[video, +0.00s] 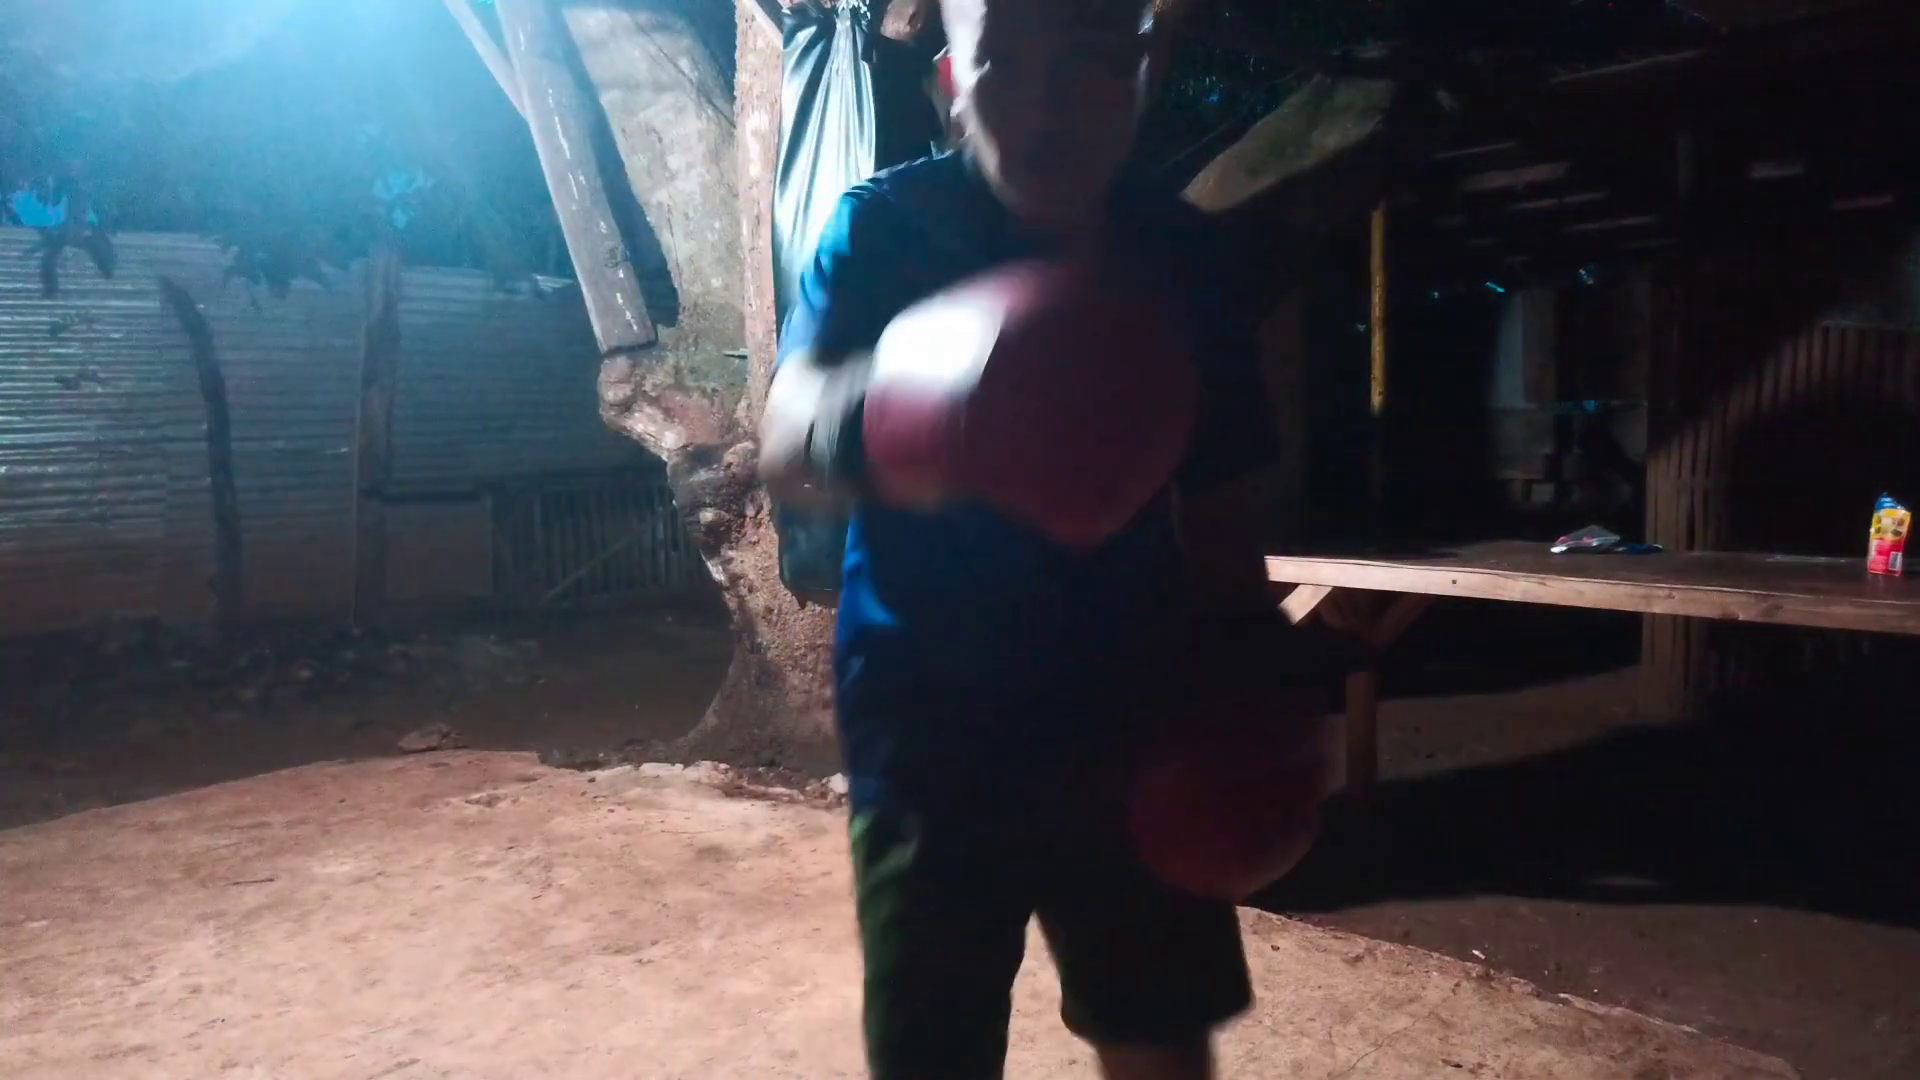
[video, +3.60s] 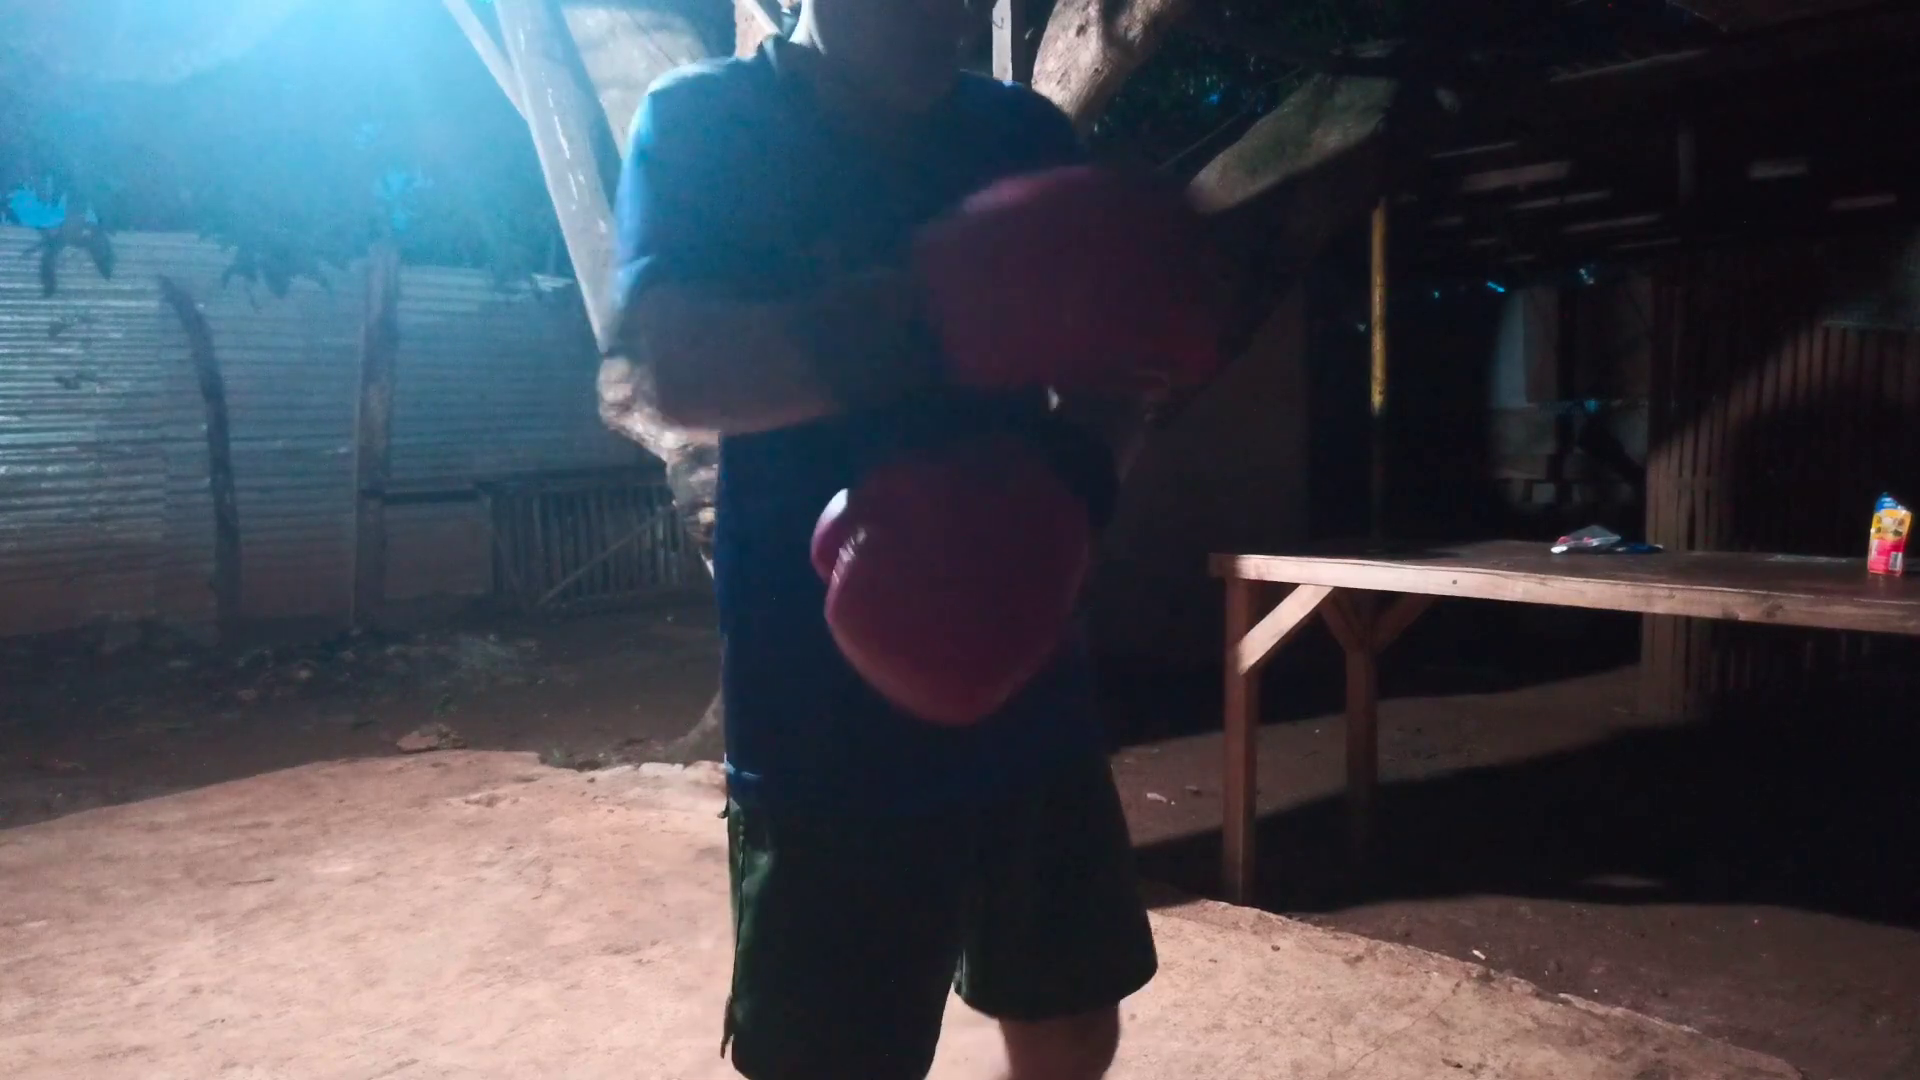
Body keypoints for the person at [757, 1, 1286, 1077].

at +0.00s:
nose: (1042, 102)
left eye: (1082, 62)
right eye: (1002, 63)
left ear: (1139, 77)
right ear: (949, 83)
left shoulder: (1184, 252)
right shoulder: (886, 226)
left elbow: (1224, 522)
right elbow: (786, 443)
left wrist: (1250, 727)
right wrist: (933, 418)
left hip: (1133, 726)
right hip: (933, 731)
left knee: (1160, 1048)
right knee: (927, 1058)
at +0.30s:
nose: (1071, 77)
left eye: (1104, 44)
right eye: (1037, 38)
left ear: (1138, 51)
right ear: (960, 30)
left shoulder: (1179, 218)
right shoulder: (868, 210)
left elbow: (1236, 436)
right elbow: (802, 402)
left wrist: (1216, 569)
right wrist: (819, 478)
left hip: (1118, 686)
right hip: (930, 689)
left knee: (1107, 1027)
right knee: (934, 1041)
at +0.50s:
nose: (974, 44)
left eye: (1004, 18)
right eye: (943, 19)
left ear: (1049, 32)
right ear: (880, 33)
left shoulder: (1123, 199)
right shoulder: (829, 215)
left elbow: (1182, 421)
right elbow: (773, 460)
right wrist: (756, 411)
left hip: (1087, 685)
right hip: (889, 695)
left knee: (1074, 1022)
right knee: (877, 1036)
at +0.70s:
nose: (880, 52)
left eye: (910, 24)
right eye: (852, 25)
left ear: (958, 44)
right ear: (798, 42)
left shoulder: (1040, 187)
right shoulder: (749, 219)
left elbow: (1055, 396)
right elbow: (697, 429)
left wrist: (948, 494)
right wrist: (728, 526)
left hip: (1016, 649)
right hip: (826, 662)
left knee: (1081, 1007)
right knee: (842, 1010)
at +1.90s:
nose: (770, 81)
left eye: (800, 49)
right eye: (740, 53)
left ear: (845, 64)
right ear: (699, 81)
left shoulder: (917, 215)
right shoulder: (659, 224)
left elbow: (953, 431)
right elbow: (510, 409)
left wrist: (998, 598)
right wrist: (649, 466)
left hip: (909, 623)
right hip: (746, 641)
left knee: (920, 923)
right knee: (751, 972)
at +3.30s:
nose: (953, 33)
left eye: (974, 8)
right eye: (910, 8)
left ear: (1002, 21)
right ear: (817, 11)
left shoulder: (1041, 177)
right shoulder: (724, 188)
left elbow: (1114, 409)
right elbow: (565, 427)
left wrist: (1083, 559)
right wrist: (759, 384)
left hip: (1029, 670)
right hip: (836, 695)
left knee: (1013, 1014)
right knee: (861, 1051)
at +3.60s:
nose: (960, 13)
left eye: (972, 3)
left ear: (984, 6)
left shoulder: (1026, 133)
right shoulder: (706, 119)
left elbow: (1115, 364)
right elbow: (665, 373)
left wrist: (1045, 491)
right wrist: (940, 315)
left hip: (1031, 695)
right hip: (818, 716)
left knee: (1071, 1032)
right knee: (825, 1057)